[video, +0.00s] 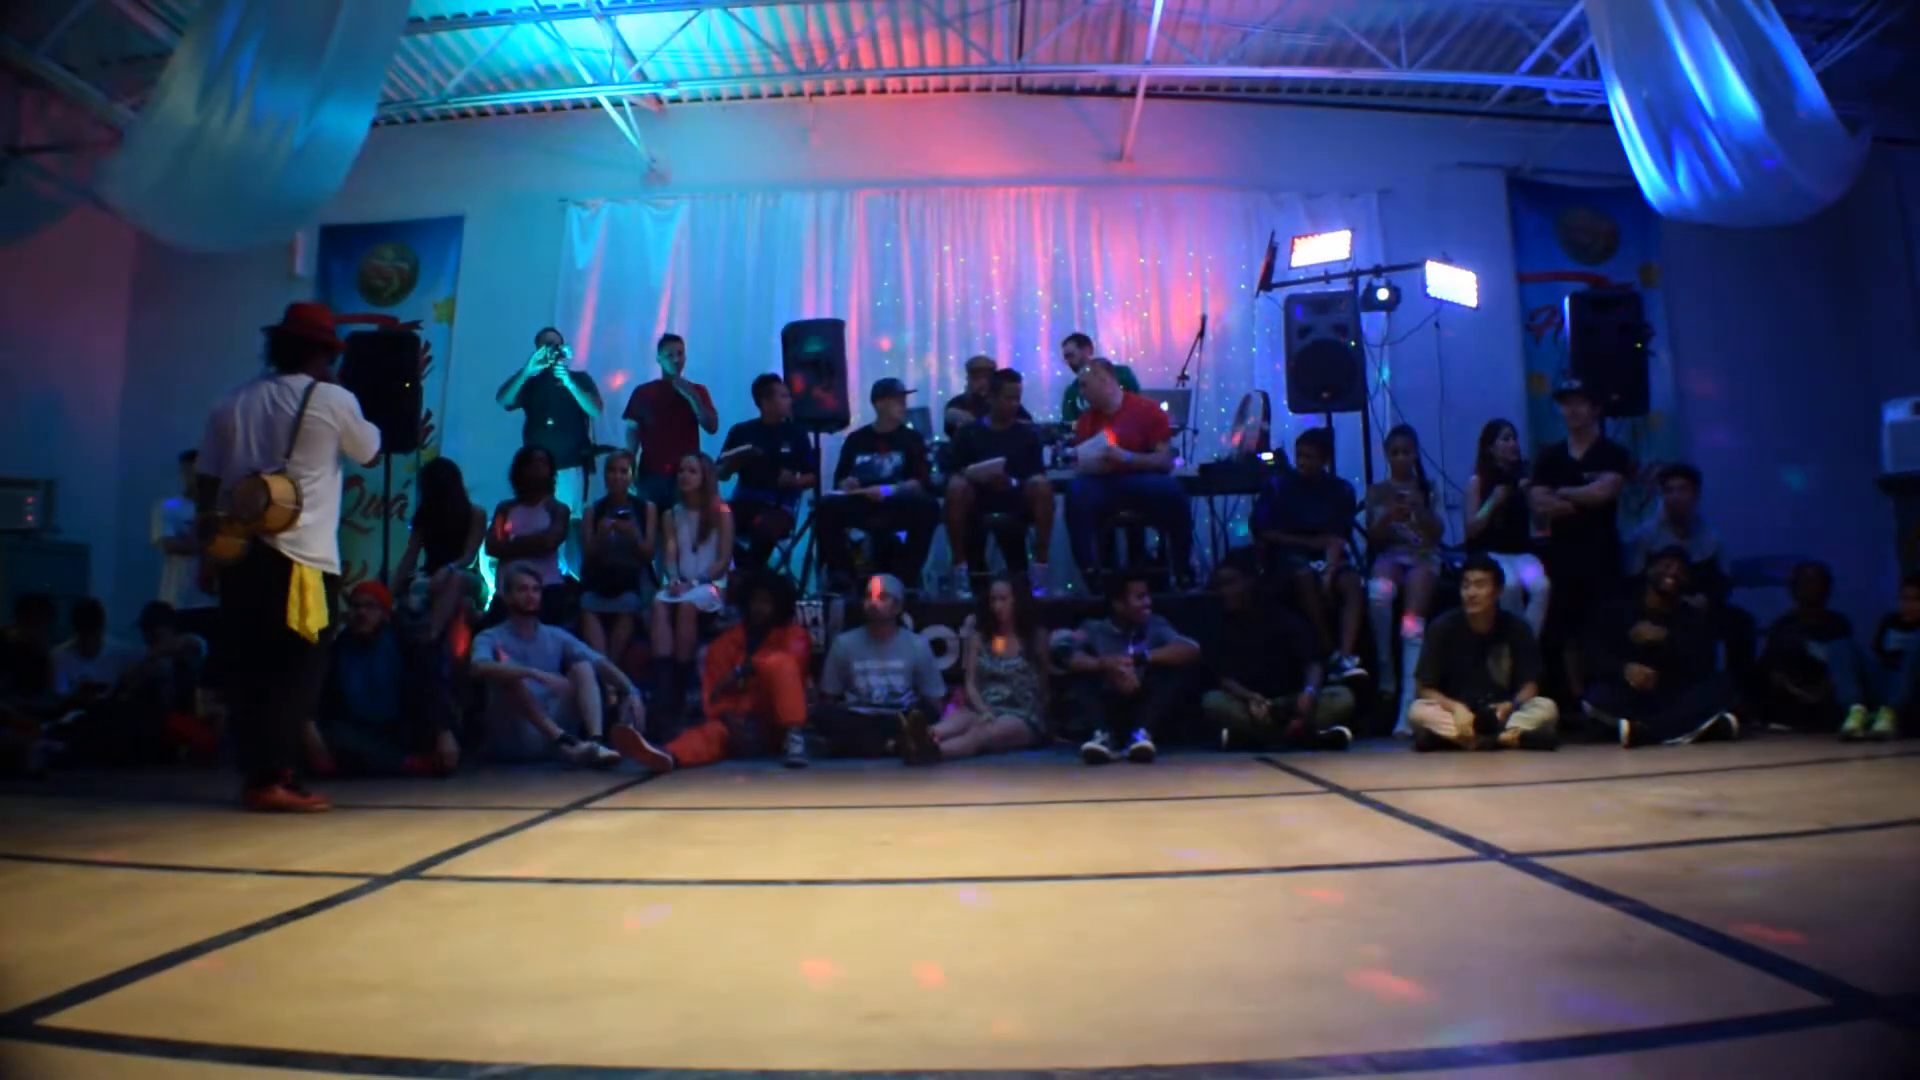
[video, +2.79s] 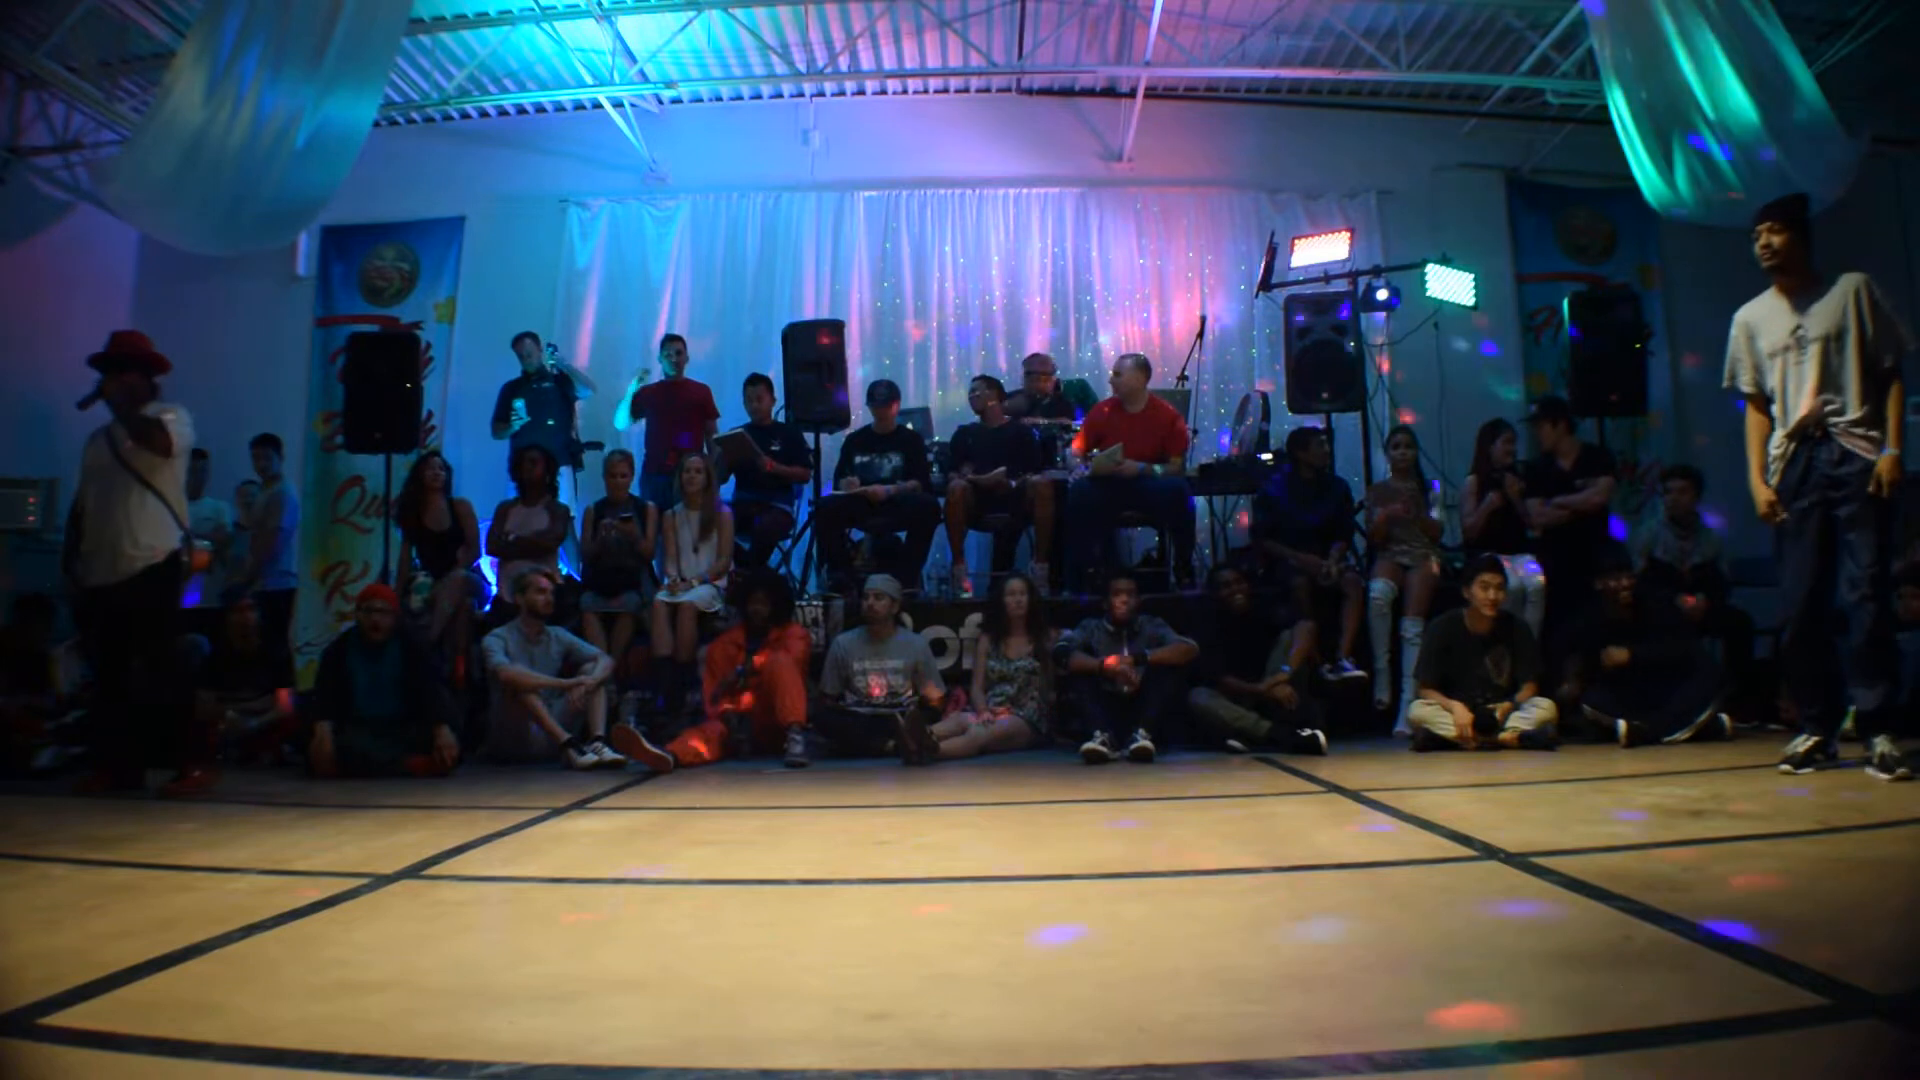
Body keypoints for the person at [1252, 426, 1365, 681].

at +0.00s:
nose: (1303, 462)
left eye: (1310, 456)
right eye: (1300, 455)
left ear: (1324, 459)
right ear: (1295, 456)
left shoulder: (1340, 489)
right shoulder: (1280, 486)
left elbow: (1341, 533)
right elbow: (1263, 531)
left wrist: (1330, 568)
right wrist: (1314, 543)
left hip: (1327, 551)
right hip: (1292, 552)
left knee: (1352, 581)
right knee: (1306, 579)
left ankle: (1345, 655)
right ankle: (1327, 655)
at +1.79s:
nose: (1321, 457)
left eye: (1323, 451)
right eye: (1313, 452)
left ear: (1328, 453)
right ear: (1296, 455)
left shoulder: (1337, 487)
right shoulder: (1276, 486)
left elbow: (1345, 536)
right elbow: (1267, 535)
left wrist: (1328, 561)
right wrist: (1299, 508)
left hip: (1327, 554)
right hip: (1290, 554)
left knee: (1351, 584)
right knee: (1300, 583)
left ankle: (1343, 657)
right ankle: (1310, 657)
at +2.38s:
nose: (1320, 452)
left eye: (1322, 446)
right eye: (1313, 446)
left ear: (1327, 451)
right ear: (1295, 452)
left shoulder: (1338, 486)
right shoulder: (1275, 487)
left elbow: (1345, 532)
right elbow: (1264, 537)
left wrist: (1331, 560)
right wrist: (1300, 533)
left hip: (1329, 557)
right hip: (1290, 557)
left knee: (1353, 584)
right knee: (1300, 583)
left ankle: (1342, 658)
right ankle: (1309, 659)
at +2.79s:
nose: (1326, 450)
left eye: (1325, 445)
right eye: (1318, 446)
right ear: (1300, 453)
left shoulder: (1337, 486)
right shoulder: (1277, 487)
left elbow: (1345, 532)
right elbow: (1264, 540)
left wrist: (1334, 560)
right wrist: (1307, 562)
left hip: (1328, 560)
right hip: (1291, 561)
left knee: (1354, 583)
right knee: (1300, 585)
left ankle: (1343, 657)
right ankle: (1311, 660)